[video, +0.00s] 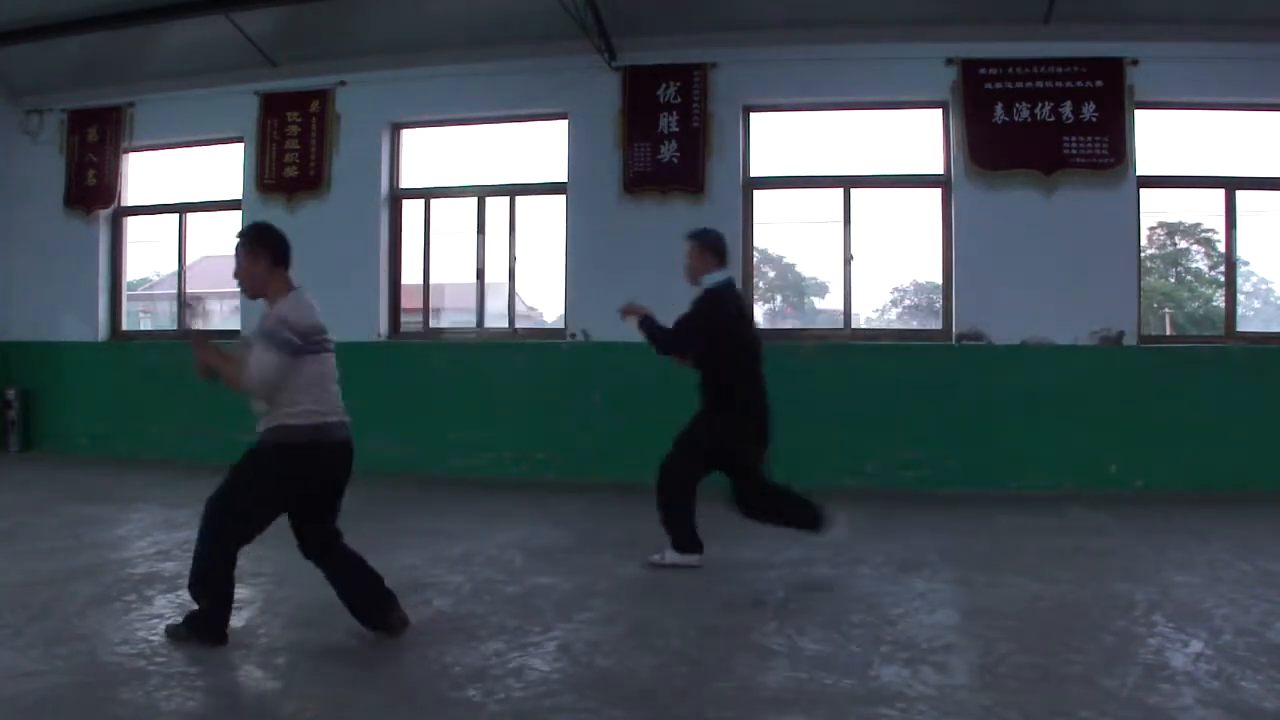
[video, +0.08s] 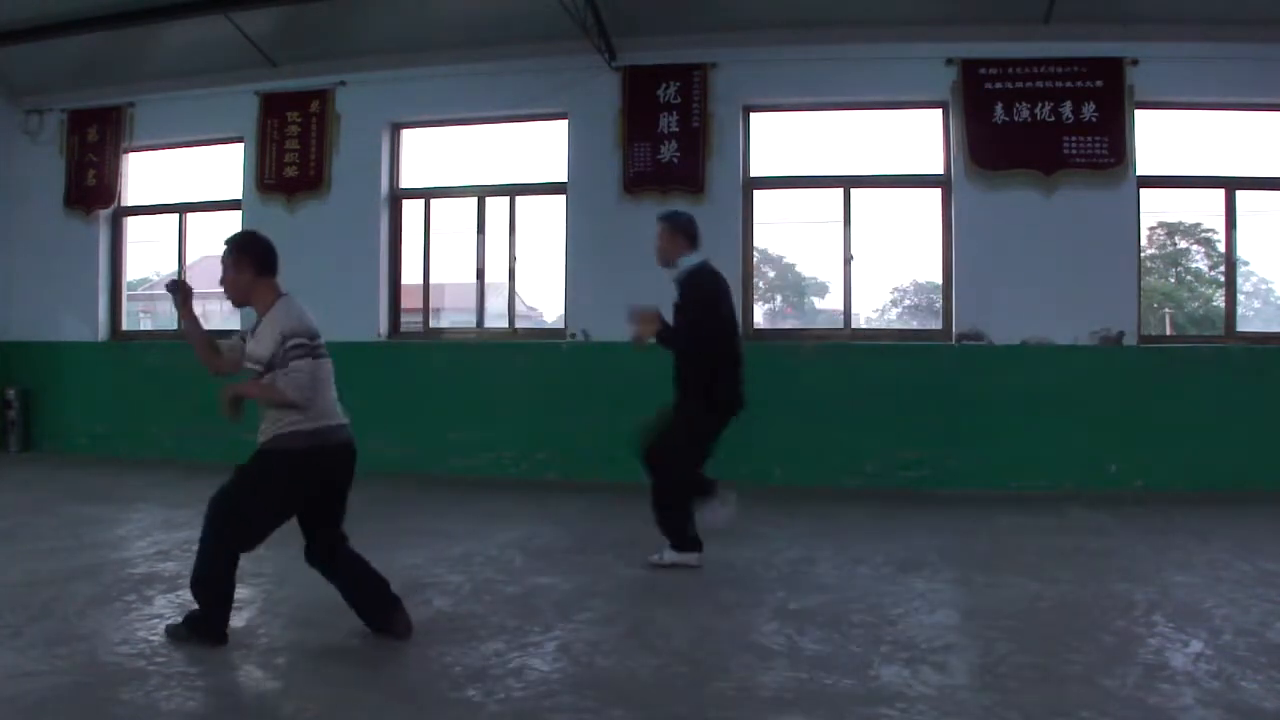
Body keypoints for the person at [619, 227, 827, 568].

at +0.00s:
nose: (686, 263)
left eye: (690, 255)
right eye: (687, 255)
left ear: (706, 258)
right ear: (714, 259)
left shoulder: (713, 301)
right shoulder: (731, 300)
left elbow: (673, 344)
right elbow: (700, 347)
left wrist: (643, 319)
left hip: (724, 415)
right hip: (746, 414)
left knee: (675, 473)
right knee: (749, 495)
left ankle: (685, 548)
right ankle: (817, 519)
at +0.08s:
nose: (657, 247)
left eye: (661, 239)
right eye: (658, 238)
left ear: (677, 240)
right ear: (684, 241)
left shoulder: (700, 284)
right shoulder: (698, 281)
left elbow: (694, 345)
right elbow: (695, 343)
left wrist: (660, 329)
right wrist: (661, 329)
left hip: (709, 397)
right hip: (707, 394)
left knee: (662, 456)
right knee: (668, 457)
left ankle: (684, 546)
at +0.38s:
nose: (608, 238)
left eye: (613, 230)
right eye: (609, 230)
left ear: (631, 233)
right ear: (627, 232)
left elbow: (688, 329)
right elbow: (571, 296)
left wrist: (646, 332)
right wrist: (536, 265)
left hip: (645, 380)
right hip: (618, 375)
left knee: (562, 345)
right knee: (609, 461)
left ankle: (580, 420)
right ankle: (615, 549)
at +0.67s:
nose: (569, 254)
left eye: (572, 246)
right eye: (569, 246)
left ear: (588, 247)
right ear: (597, 248)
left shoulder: (597, 295)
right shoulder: (607, 293)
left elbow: (558, 330)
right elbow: (587, 339)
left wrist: (513, 305)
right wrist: (559, 317)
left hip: (564, 405)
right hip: (589, 407)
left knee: (500, 453)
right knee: (570, 484)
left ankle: (462, 528)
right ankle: (611, 555)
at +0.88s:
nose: (494, 265)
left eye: (497, 258)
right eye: (495, 258)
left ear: (510, 260)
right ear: (526, 260)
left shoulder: (517, 304)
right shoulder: (534, 301)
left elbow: (475, 338)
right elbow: (507, 341)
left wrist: (441, 325)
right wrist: (482, 319)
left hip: (515, 420)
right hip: (542, 419)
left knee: (462, 482)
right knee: (536, 500)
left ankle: (424, 556)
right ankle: (586, 546)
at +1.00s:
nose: (473, 278)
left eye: (476, 270)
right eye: (474, 270)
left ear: (488, 270)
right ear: (504, 269)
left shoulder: (508, 314)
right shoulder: (513, 310)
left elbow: (494, 359)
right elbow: (444, 333)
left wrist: (467, 355)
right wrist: (422, 306)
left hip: (512, 428)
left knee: (453, 485)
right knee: (515, 503)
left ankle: (423, 557)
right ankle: (563, 556)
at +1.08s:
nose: (463, 280)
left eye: (465, 272)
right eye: (463, 272)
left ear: (481, 271)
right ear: (495, 271)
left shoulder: (494, 317)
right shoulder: (517, 311)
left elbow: (434, 336)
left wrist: (403, 293)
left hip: (500, 430)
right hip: (532, 427)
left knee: (452, 486)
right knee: (512, 505)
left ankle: (423, 557)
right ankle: (566, 558)